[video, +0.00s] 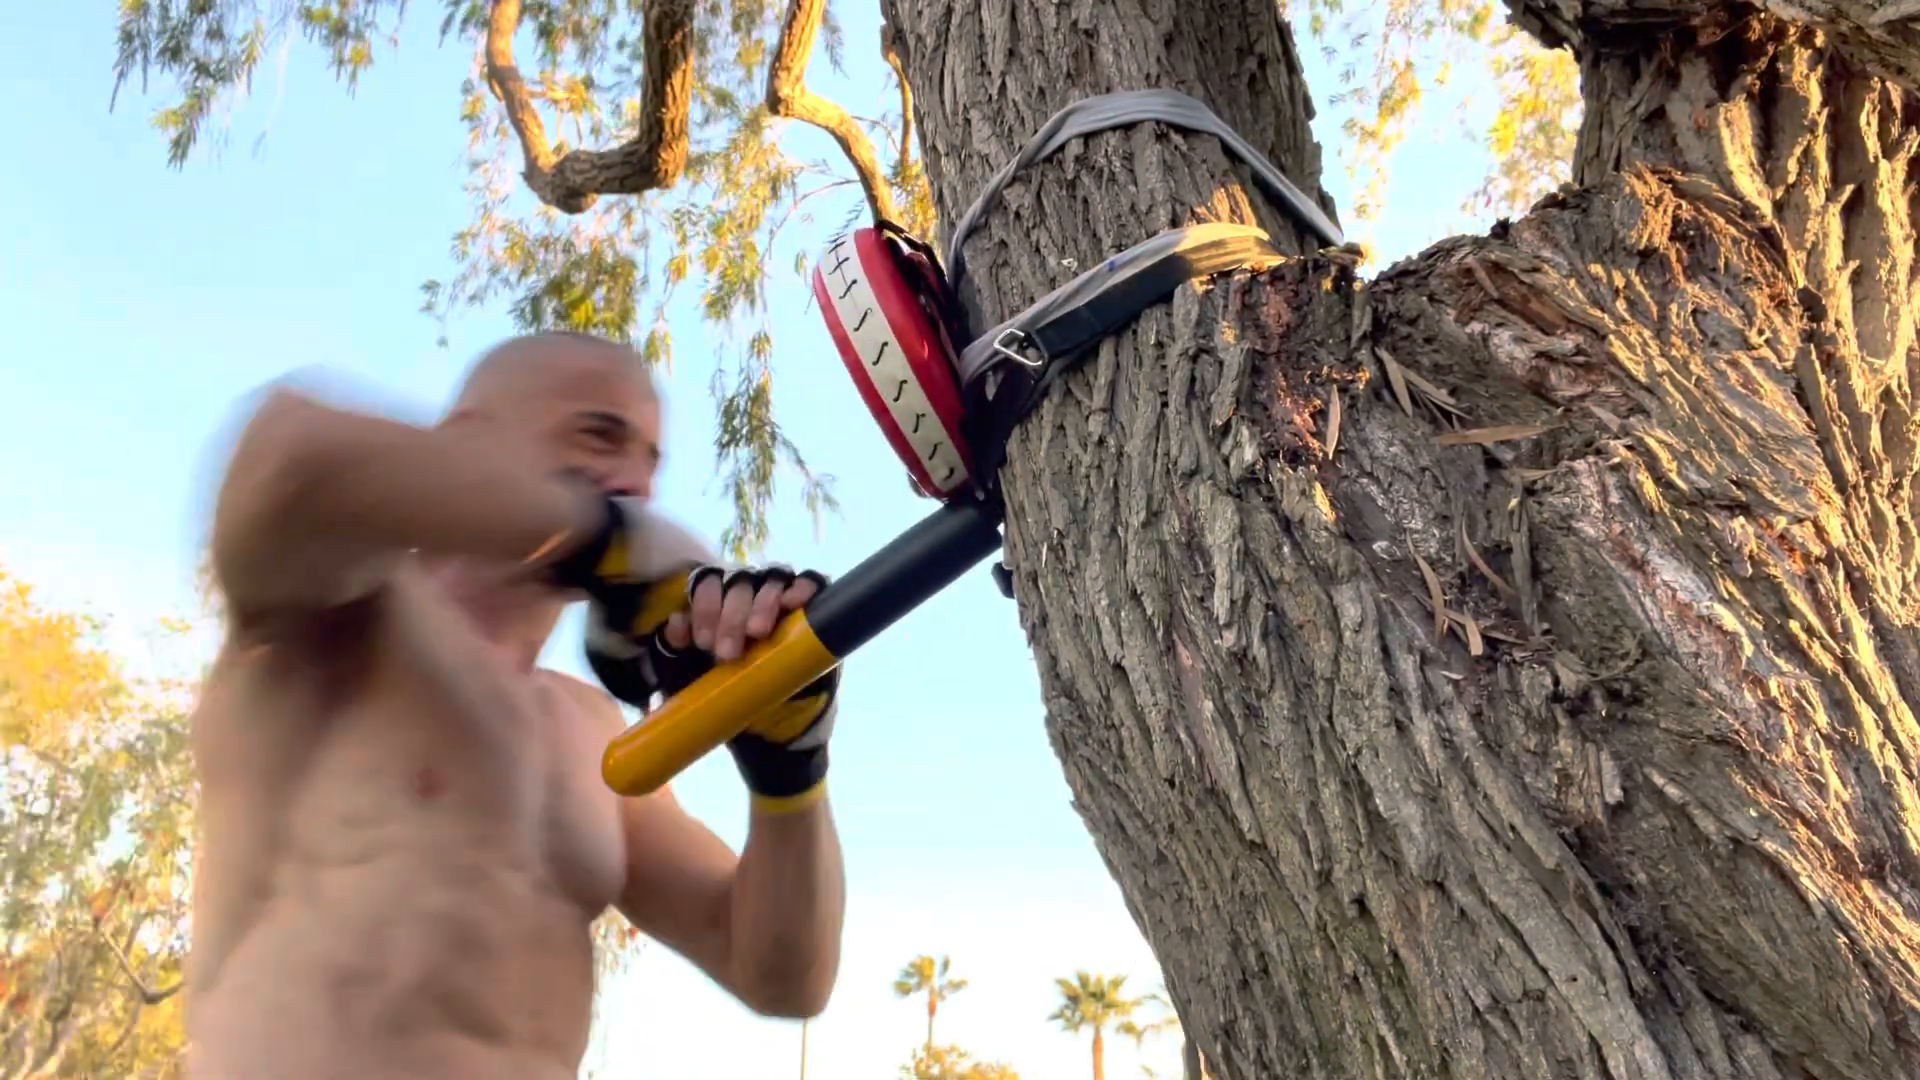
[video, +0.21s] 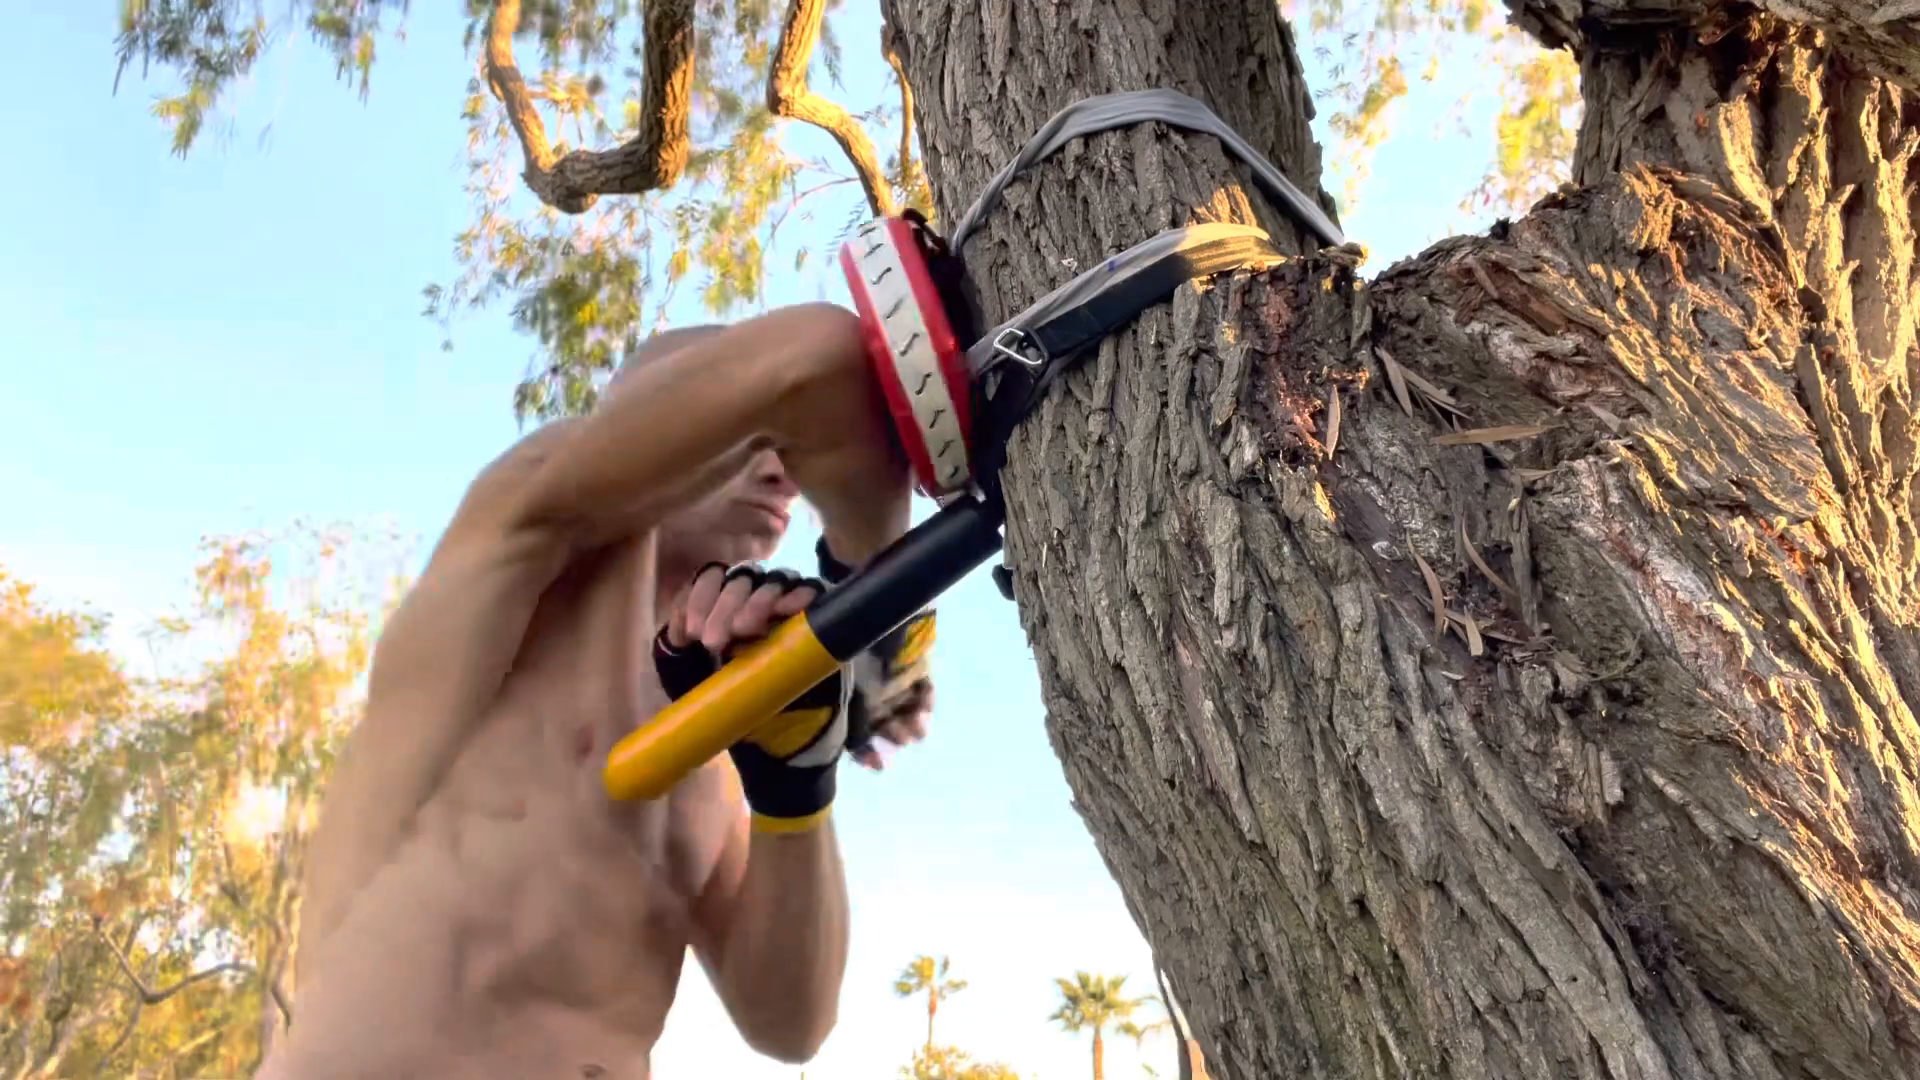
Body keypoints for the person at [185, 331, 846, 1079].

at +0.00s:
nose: (633, 485)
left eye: (650, 465)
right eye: (598, 436)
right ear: (469, 440)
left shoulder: (591, 735)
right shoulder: (331, 610)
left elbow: (783, 979)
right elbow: (294, 455)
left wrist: (785, 763)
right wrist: (610, 538)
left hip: (529, 1061)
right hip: (303, 1052)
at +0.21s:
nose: (784, 462)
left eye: (789, 445)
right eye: (739, 424)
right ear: (632, 425)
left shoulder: (715, 766)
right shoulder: (529, 523)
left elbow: (787, 1023)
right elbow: (820, 350)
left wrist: (792, 768)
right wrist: (876, 601)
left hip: (607, 1060)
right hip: (378, 1052)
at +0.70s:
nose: (392, 471)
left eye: (416, 446)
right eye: (350, 421)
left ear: (426, 476)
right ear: (214, 432)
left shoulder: (409, 692)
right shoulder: (53, 606)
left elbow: (683, 847)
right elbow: (105, 880)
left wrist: (636, 605)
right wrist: (534, 762)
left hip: (354, 1058)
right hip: (121, 1058)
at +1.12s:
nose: (326, 477)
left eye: (354, 450)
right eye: (283, 422)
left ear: (365, 481)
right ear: (148, 429)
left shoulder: (381, 680)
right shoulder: (25, 646)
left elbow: (711, 775)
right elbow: (20, 845)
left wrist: (806, 553)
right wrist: (379, 686)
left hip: (356, 1058)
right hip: (79, 1060)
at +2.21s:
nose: (350, 506)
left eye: (373, 480)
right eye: (308, 457)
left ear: (382, 510)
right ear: (175, 465)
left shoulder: (375, 692)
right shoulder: (38, 650)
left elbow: (626, 742)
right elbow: (85, 848)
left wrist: (819, 554)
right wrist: (504, 708)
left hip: (355, 1059)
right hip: (106, 1064)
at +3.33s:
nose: (436, 498)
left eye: (465, 470)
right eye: (402, 448)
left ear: (485, 501)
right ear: (279, 466)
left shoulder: (453, 718)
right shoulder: (107, 660)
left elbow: (694, 976)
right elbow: (135, 908)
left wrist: (565, 806)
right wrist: (429, 629)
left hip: (402, 1062)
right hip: (160, 1065)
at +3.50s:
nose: (355, 492)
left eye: (383, 472)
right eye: (315, 443)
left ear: (389, 515)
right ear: (191, 459)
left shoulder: (412, 687)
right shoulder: (42, 671)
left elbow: (680, 692)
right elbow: (50, 965)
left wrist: (858, 498)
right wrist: (435, 843)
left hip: (354, 1060)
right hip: (125, 1062)